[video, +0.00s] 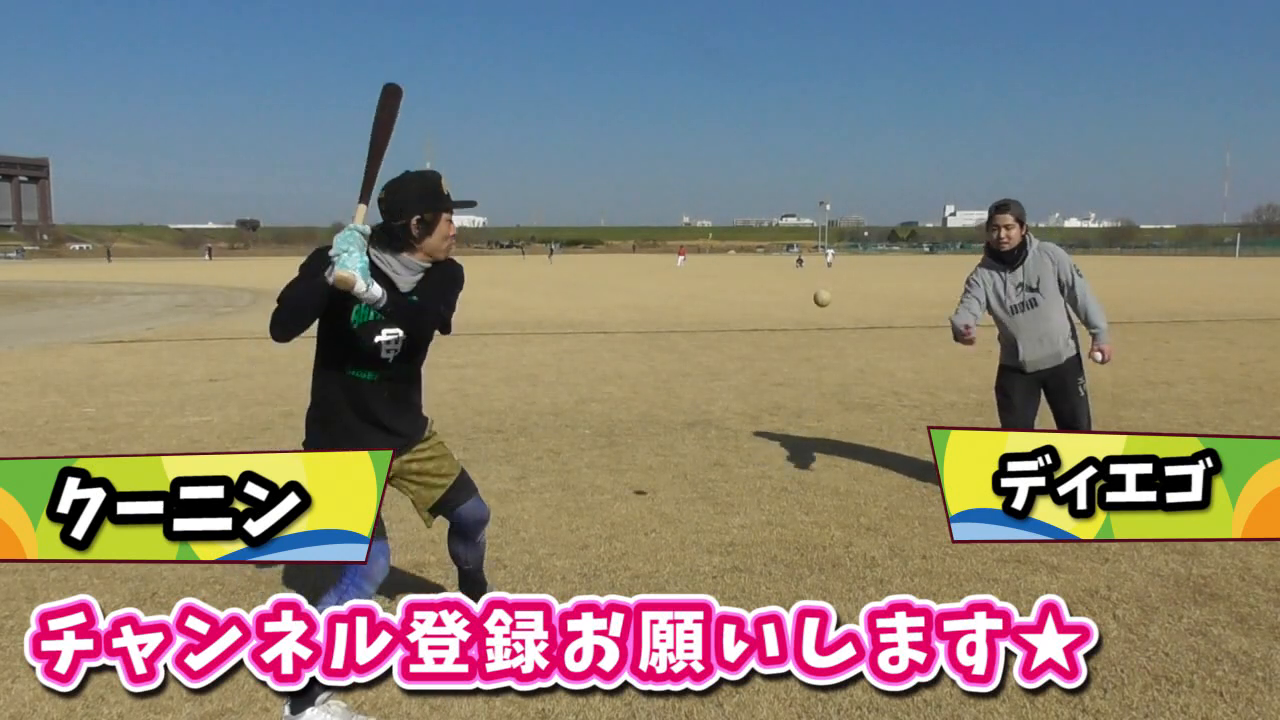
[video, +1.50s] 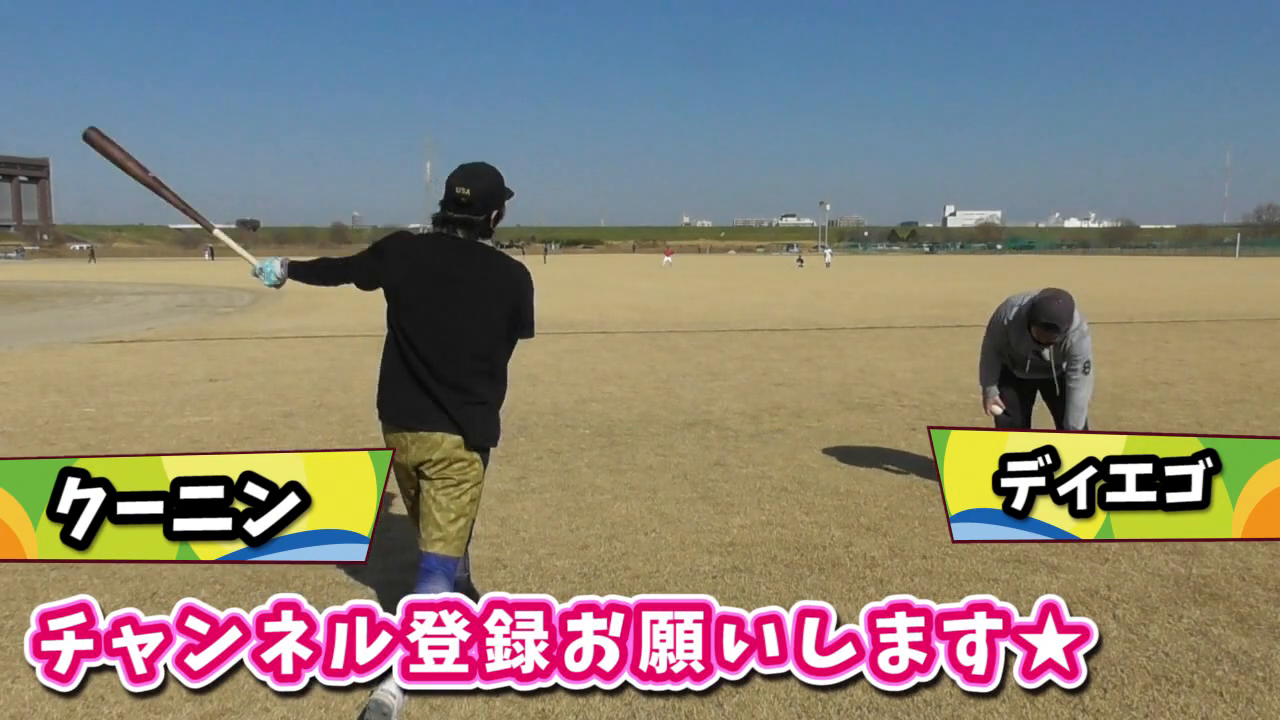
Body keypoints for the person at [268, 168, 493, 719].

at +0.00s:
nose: (455, 226)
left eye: (453, 216)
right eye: (446, 218)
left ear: (420, 225)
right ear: (416, 226)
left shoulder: (445, 274)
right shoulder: (338, 259)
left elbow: (417, 331)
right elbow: (281, 328)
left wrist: (363, 289)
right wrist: (331, 269)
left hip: (406, 428)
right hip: (343, 437)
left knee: (471, 514)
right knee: (369, 564)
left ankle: (475, 605)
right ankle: (305, 694)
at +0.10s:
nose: (478, 242)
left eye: (475, 233)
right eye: (469, 235)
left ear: (440, 243)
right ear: (440, 245)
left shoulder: (458, 287)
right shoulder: (369, 304)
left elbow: (469, 338)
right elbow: (380, 392)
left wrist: (442, 336)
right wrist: (417, 352)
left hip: (417, 449)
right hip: (371, 462)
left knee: (470, 512)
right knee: (408, 578)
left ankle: (469, 613)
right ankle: (311, 692)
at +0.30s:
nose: (484, 233)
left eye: (483, 224)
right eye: (482, 226)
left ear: (428, 222)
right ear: (467, 232)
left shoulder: (385, 256)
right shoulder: (466, 296)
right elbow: (506, 315)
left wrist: (459, 256)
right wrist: (483, 274)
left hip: (370, 426)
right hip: (424, 444)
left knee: (446, 511)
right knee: (434, 569)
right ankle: (348, 670)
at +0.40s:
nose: (496, 214)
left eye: (494, 206)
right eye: (494, 208)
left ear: (438, 208)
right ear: (483, 217)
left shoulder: (397, 256)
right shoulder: (500, 264)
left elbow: (381, 274)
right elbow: (450, 243)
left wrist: (398, 224)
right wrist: (400, 211)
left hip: (395, 420)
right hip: (457, 426)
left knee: (427, 521)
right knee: (438, 563)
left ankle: (458, 590)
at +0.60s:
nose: (485, 207)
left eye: (476, 198)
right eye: (484, 200)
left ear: (424, 203)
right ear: (478, 208)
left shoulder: (390, 254)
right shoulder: (493, 256)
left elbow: (305, 215)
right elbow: (444, 257)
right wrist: (394, 236)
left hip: (402, 435)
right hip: (464, 439)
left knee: (442, 549)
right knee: (444, 570)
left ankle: (479, 636)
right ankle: (393, 693)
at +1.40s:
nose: (497, 213)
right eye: (496, 206)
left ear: (442, 202)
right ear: (492, 213)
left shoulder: (401, 250)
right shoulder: (508, 273)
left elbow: (334, 243)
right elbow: (512, 328)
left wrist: (274, 215)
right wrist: (466, 290)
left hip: (401, 423)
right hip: (463, 432)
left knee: (436, 543)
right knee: (438, 564)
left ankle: (470, 621)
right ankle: (394, 690)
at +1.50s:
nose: (503, 214)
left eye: (497, 204)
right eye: (501, 207)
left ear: (447, 202)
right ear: (494, 214)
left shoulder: (403, 250)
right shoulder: (511, 275)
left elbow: (347, 270)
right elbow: (516, 334)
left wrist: (286, 269)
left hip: (401, 422)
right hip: (463, 430)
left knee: (437, 540)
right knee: (437, 562)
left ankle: (467, 615)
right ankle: (395, 686)